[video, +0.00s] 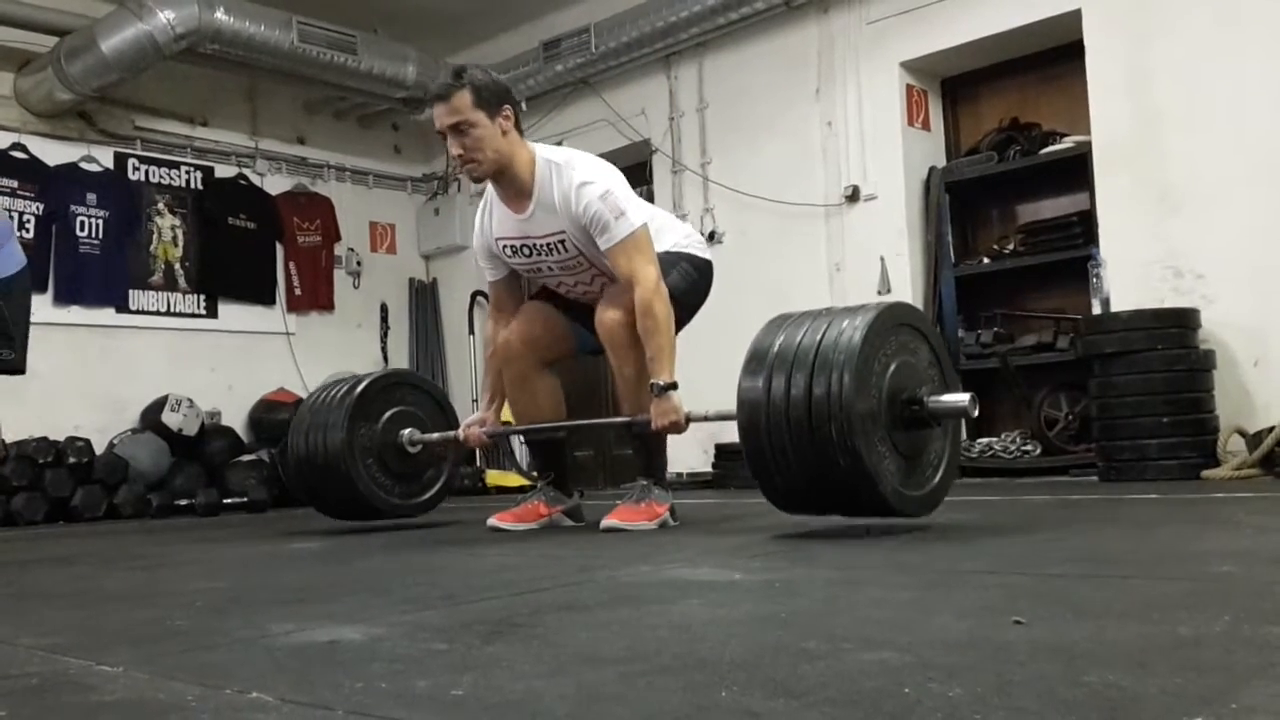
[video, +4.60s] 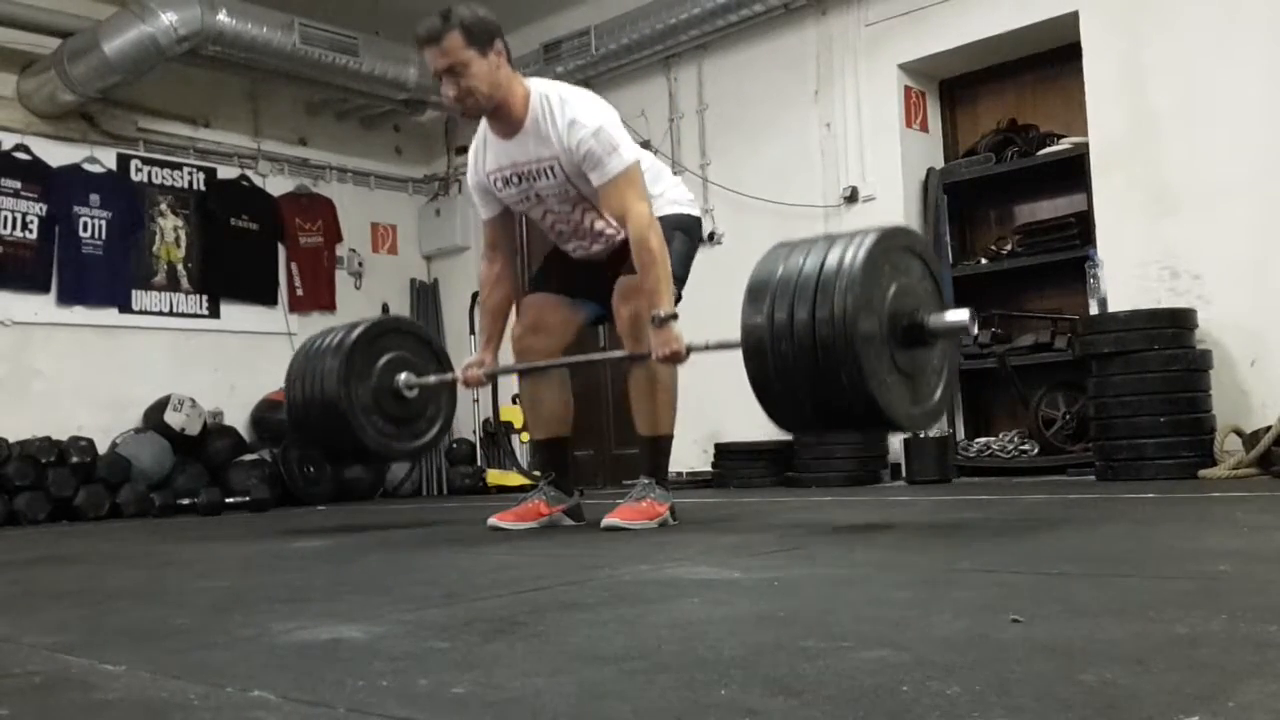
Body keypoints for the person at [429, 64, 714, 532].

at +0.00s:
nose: (453, 149)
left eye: (463, 130)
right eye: (445, 137)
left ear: (506, 120)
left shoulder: (587, 184)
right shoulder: (488, 227)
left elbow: (646, 281)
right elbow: (504, 316)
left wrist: (664, 388)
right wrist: (491, 407)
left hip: (672, 264)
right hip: (591, 293)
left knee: (615, 318)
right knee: (514, 343)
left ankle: (652, 491)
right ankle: (558, 494)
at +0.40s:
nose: (443, 85)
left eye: (453, 66)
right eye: (434, 74)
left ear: (496, 58)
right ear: (433, 82)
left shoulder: (576, 122)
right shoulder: (480, 167)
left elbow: (637, 219)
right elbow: (498, 263)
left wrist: (659, 320)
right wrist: (486, 354)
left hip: (660, 223)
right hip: (588, 245)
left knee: (631, 312)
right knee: (532, 334)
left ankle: (653, 490)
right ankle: (554, 493)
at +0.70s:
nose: (459, 1)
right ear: (477, 10)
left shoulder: (579, 49)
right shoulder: (484, 98)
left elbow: (636, 147)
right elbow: (498, 203)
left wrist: (661, 244)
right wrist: (487, 291)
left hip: (637, 202)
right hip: (570, 216)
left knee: (633, 318)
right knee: (536, 336)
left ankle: (652, 489)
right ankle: (555, 492)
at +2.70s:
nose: (479, 11)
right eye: (473, 4)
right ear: (478, 13)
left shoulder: (601, 44)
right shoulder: (498, 90)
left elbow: (648, 149)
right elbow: (509, 197)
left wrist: (672, 247)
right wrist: (499, 284)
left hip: (649, 207)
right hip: (581, 224)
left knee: (649, 319)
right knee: (543, 332)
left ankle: (658, 489)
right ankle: (556, 493)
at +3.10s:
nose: (459, 96)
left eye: (465, 77)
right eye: (448, 86)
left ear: (504, 56)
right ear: (443, 88)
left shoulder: (591, 114)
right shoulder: (489, 156)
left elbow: (643, 221)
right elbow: (503, 262)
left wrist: (669, 323)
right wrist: (494, 353)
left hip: (666, 215)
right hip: (596, 243)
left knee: (643, 310)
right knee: (540, 333)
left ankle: (656, 489)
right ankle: (556, 493)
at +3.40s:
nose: (456, 174)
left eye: (460, 156)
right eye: (444, 165)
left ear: (496, 133)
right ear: (436, 165)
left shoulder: (583, 174)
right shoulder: (490, 219)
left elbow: (643, 279)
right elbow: (504, 317)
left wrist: (673, 386)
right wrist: (497, 409)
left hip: (673, 234)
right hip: (599, 267)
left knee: (637, 318)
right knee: (531, 339)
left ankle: (657, 490)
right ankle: (558, 494)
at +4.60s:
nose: (449, 91)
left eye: (456, 71)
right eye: (439, 80)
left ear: (498, 55)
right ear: (436, 85)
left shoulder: (578, 118)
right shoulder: (482, 159)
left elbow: (639, 217)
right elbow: (498, 257)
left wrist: (663, 319)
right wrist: (487, 351)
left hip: (657, 220)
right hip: (586, 244)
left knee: (633, 312)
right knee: (532, 334)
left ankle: (653, 489)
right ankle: (556, 491)